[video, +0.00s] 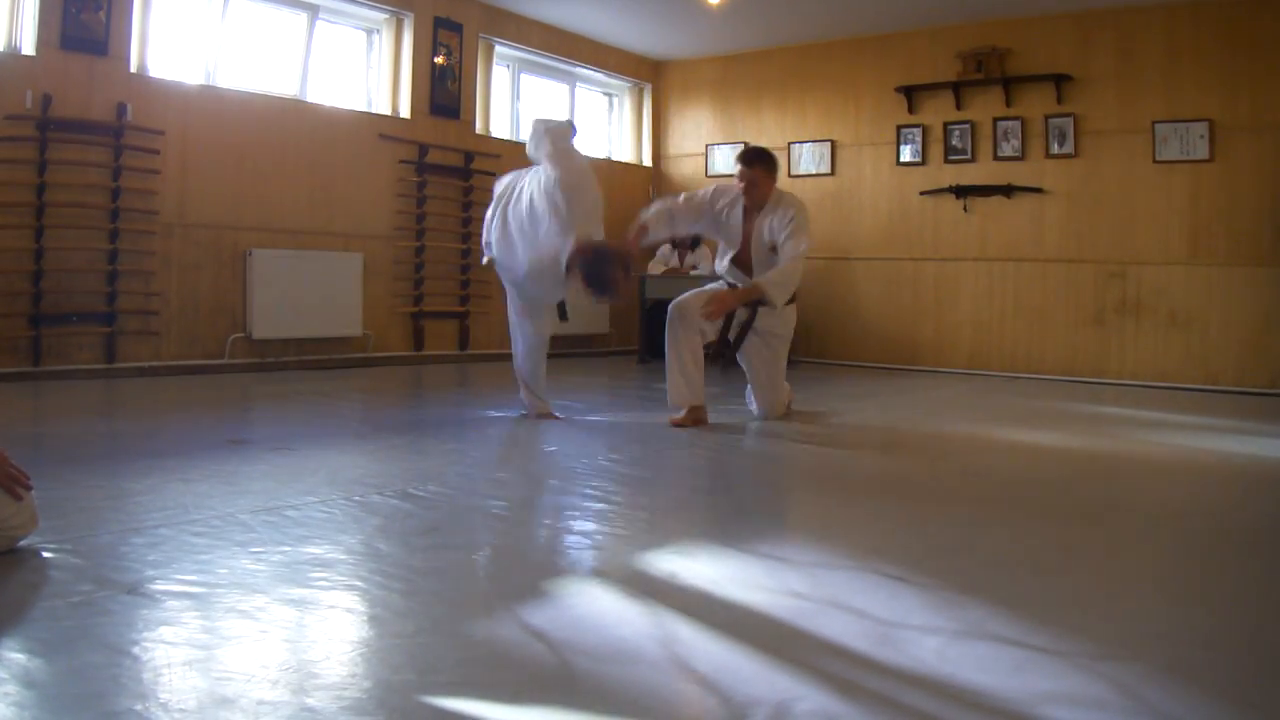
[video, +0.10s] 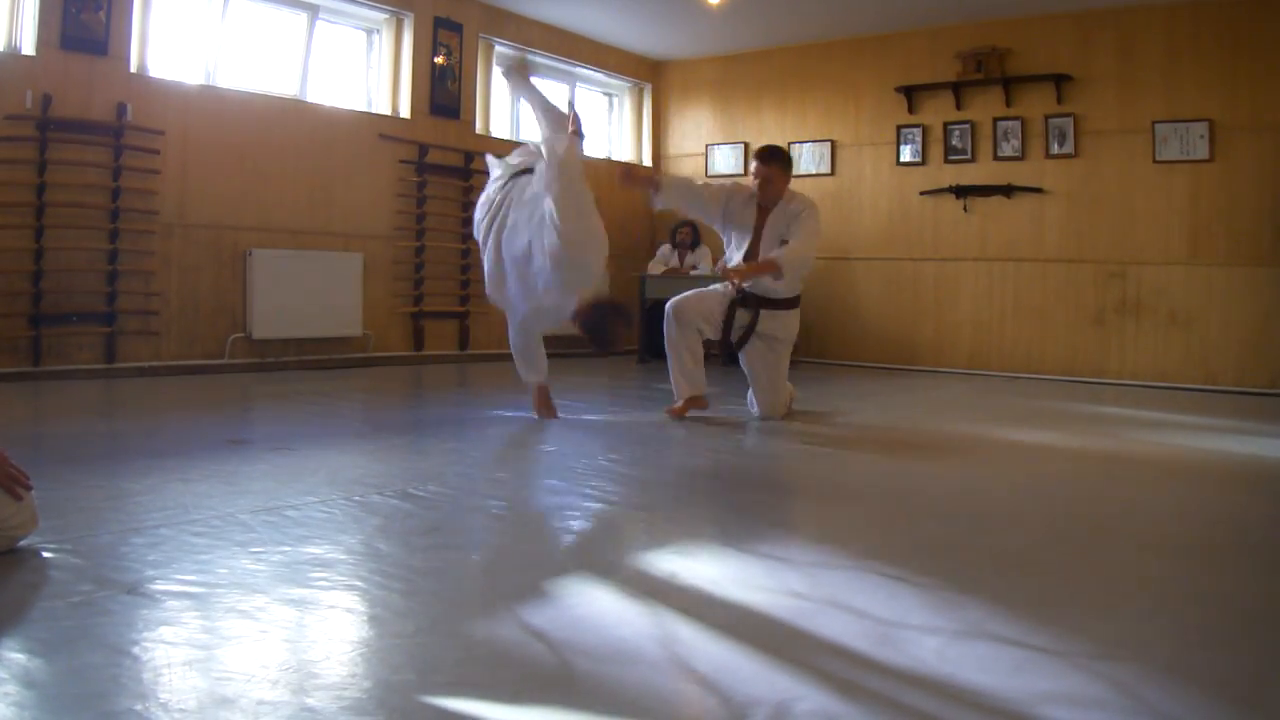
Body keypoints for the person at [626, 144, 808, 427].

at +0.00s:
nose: (743, 189)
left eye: (752, 183)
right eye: (741, 180)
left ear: (771, 182)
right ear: (736, 177)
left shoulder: (790, 211)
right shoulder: (723, 199)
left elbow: (790, 272)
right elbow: (673, 208)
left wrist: (738, 297)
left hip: (771, 304)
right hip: (728, 289)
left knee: (768, 408)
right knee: (682, 311)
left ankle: (779, 395)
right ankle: (694, 407)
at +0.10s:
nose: (759, 185)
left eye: (766, 180)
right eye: (756, 178)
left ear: (786, 179)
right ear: (751, 175)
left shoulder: (803, 211)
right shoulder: (735, 198)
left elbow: (797, 256)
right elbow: (692, 191)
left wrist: (748, 270)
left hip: (774, 311)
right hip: (731, 298)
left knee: (767, 410)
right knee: (679, 310)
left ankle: (785, 394)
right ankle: (692, 395)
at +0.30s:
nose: (772, 183)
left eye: (781, 179)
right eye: (769, 175)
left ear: (798, 181)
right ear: (764, 173)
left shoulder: (810, 208)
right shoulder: (746, 200)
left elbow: (809, 222)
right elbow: (703, 187)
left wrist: (795, 219)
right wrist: (662, 166)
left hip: (776, 315)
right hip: (735, 297)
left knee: (766, 410)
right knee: (673, 304)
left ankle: (787, 390)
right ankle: (707, 383)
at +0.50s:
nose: (763, 179)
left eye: (771, 174)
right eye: (759, 172)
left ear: (787, 179)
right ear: (753, 174)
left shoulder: (803, 212)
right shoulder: (736, 206)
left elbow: (826, 235)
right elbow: (696, 208)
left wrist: (785, 221)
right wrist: (670, 212)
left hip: (777, 313)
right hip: (735, 301)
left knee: (767, 410)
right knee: (692, 324)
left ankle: (789, 393)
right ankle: (724, 404)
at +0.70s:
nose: (751, 156)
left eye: (760, 151)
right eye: (747, 151)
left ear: (776, 158)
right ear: (741, 157)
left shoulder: (794, 196)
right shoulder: (727, 196)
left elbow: (823, 245)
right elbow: (690, 231)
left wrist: (806, 269)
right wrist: (682, 256)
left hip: (775, 293)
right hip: (731, 287)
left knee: (768, 397)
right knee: (701, 322)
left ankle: (791, 388)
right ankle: (725, 405)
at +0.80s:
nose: (752, 143)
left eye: (761, 138)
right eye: (747, 137)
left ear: (776, 145)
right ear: (741, 144)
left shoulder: (794, 184)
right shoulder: (725, 186)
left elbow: (815, 239)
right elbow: (695, 230)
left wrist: (786, 267)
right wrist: (702, 252)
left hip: (776, 278)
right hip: (731, 275)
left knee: (770, 378)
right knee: (704, 317)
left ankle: (789, 389)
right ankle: (725, 403)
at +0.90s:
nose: (756, 127)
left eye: (764, 122)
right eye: (751, 122)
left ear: (779, 130)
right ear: (744, 129)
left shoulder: (795, 167)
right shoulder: (728, 168)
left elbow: (814, 223)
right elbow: (706, 207)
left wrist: (774, 245)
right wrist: (720, 225)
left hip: (780, 263)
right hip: (734, 259)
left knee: (774, 354)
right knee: (711, 316)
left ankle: (788, 389)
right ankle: (726, 402)